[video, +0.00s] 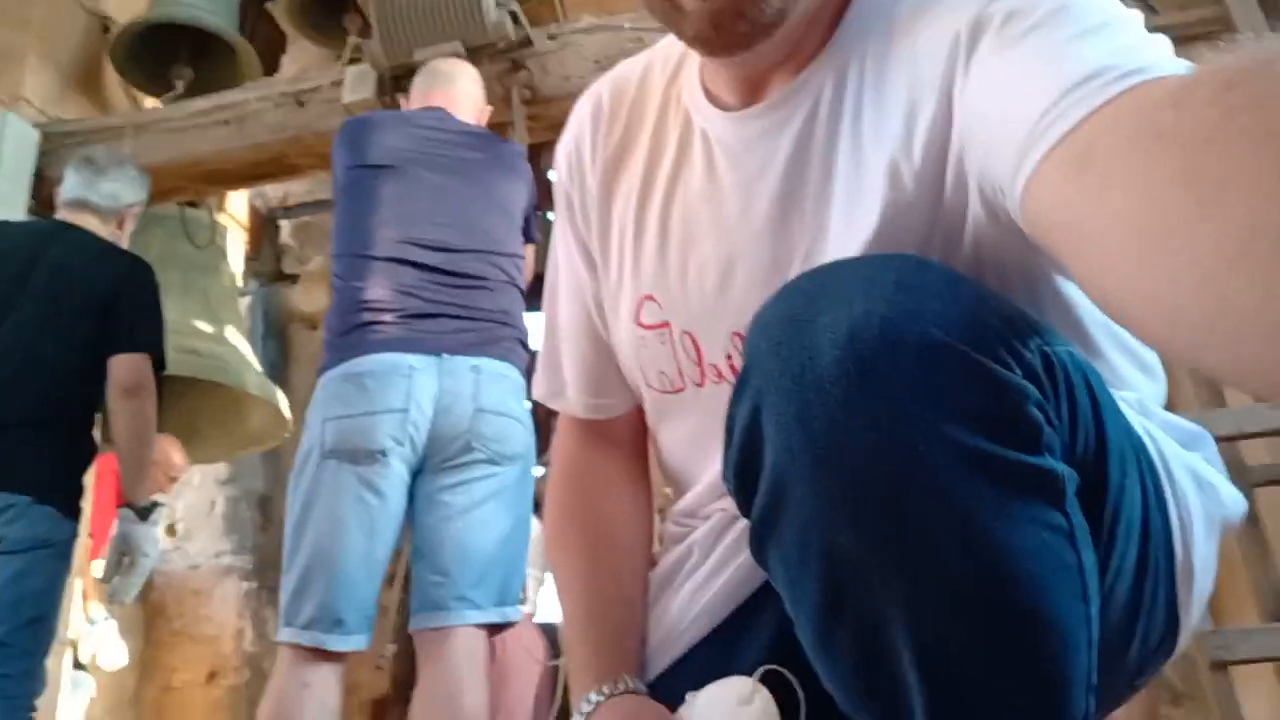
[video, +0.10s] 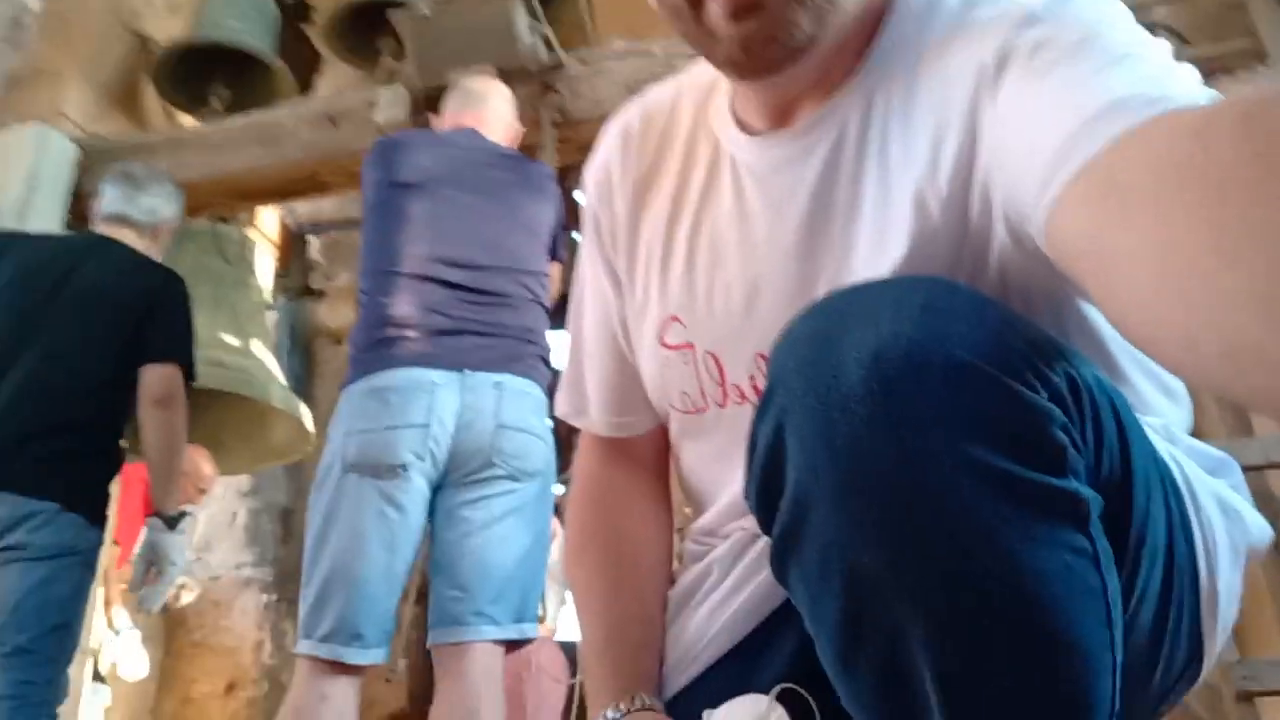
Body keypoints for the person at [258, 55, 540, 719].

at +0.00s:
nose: (487, 118)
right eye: (487, 110)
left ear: (405, 104)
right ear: (486, 116)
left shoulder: (357, 137)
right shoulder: (512, 164)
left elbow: (371, 238)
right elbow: (520, 273)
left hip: (371, 374)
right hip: (492, 379)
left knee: (315, 646)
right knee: (455, 633)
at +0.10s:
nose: (514, 137)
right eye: (515, 130)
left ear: (434, 121)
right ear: (515, 136)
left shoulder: (388, 154)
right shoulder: (541, 183)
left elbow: (400, 252)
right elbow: (547, 289)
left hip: (395, 387)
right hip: (514, 395)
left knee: (333, 660)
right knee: (472, 650)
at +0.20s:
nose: (523, 172)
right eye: (524, 166)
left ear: (445, 156)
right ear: (521, 171)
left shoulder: (396, 191)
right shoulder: (548, 220)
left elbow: (404, 291)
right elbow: (557, 329)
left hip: (404, 431)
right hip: (526, 439)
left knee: (347, 694)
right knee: (488, 689)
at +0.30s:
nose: (522, 186)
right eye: (524, 179)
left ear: (444, 169)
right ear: (522, 183)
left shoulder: (395, 203)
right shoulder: (547, 234)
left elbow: (403, 301)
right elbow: (553, 339)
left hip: (398, 445)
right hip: (519, 453)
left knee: (341, 698)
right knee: (480, 695)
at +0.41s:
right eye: (532, 203)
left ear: (450, 192)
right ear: (529, 209)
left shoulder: (399, 223)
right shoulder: (549, 261)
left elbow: (398, 324)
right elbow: (549, 367)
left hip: (391, 462)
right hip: (512, 476)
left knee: (326, 702)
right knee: (473, 705)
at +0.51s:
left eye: (450, 187)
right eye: (527, 202)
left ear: (447, 190)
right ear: (526, 208)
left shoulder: (396, 222)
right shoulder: (548, 262)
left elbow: (400, 313)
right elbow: (545, 362)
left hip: (388, 461)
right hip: (510, 475)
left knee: (324, 702)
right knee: (473, 704)